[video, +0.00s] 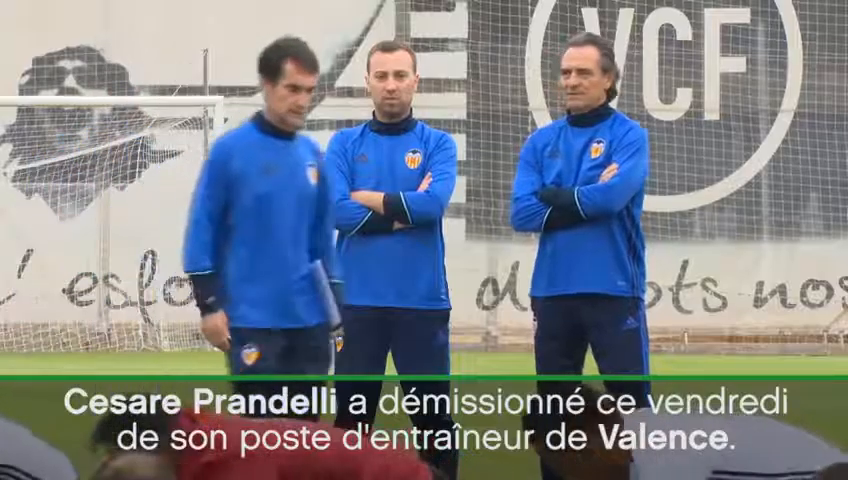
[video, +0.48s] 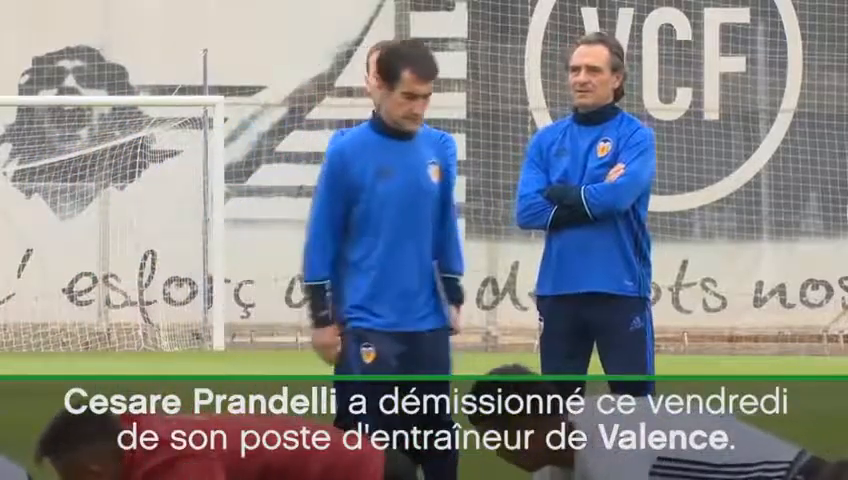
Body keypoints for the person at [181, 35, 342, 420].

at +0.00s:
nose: (302, 101)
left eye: (309, 91)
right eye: (293, 89)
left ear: (316, 92)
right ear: (266, 85)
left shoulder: (312, 154)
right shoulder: (230, 150)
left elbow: (322, 241)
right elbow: (200, 232)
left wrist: (335, 313)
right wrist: (209, 305)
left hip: (310, 317)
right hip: (251, 318)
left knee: (307, 433)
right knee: (258, 434)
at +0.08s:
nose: (324, 101)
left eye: (331, 91)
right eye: (315, 89)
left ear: (336, 90)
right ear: (287, 84)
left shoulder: (333, 154)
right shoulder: (250, 148)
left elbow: (345, 231)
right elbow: (217, 226)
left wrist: (361, 297)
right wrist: (218, 303)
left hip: (324, 311)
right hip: (269, 313)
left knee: (324, 423)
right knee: (293, 423)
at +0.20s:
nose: (353, 109)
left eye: (360, 99)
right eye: (344, 97)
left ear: (366, 95)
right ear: (317, 91)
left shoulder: (367, 160)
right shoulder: (281, 157)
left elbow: (378, 236)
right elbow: (244, 232)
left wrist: (393, 300)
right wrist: (238, 310)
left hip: (356, 315)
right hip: (299, 313)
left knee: (355, 429)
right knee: (321, 414)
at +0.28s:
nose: (372, 115)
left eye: (379, 105)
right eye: (363, 104)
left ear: (386, 101)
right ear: (336, 97)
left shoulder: (387, 163)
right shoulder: (302, 163)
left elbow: (399, 239)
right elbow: (266, 238)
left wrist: (412, 304)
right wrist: (255, 316)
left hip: (373, 321)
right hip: (321, 320)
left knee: (358, 439)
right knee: (333, 439)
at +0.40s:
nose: (401, 112)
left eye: (408, 101)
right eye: (391, 100)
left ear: (416, 95)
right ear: (364, 93)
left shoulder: (415, 158)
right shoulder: (330, 160)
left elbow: (428, 237)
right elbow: (299, 241)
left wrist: (439, 303)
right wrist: (291, 320)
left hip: (412, 318)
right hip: (352, 319)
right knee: (365, 442)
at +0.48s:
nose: (419, 108)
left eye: (425, 97)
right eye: (409, 96)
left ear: (433, 92)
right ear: (378, 88)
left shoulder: (439, 147)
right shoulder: (347, 148)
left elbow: (445, 224)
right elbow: (321, 232)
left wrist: (453, 294)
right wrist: (321, 316)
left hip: (427, 320)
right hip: (366, 323)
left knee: (437, 443)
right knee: (365, 446)